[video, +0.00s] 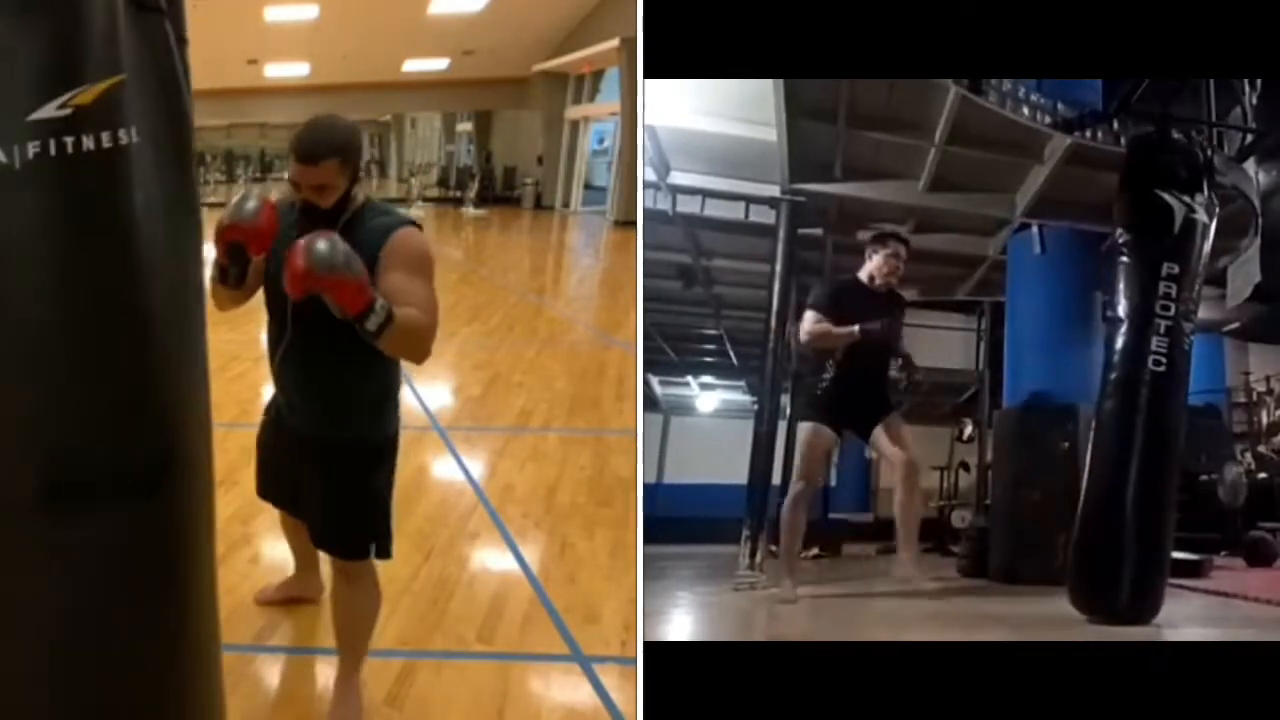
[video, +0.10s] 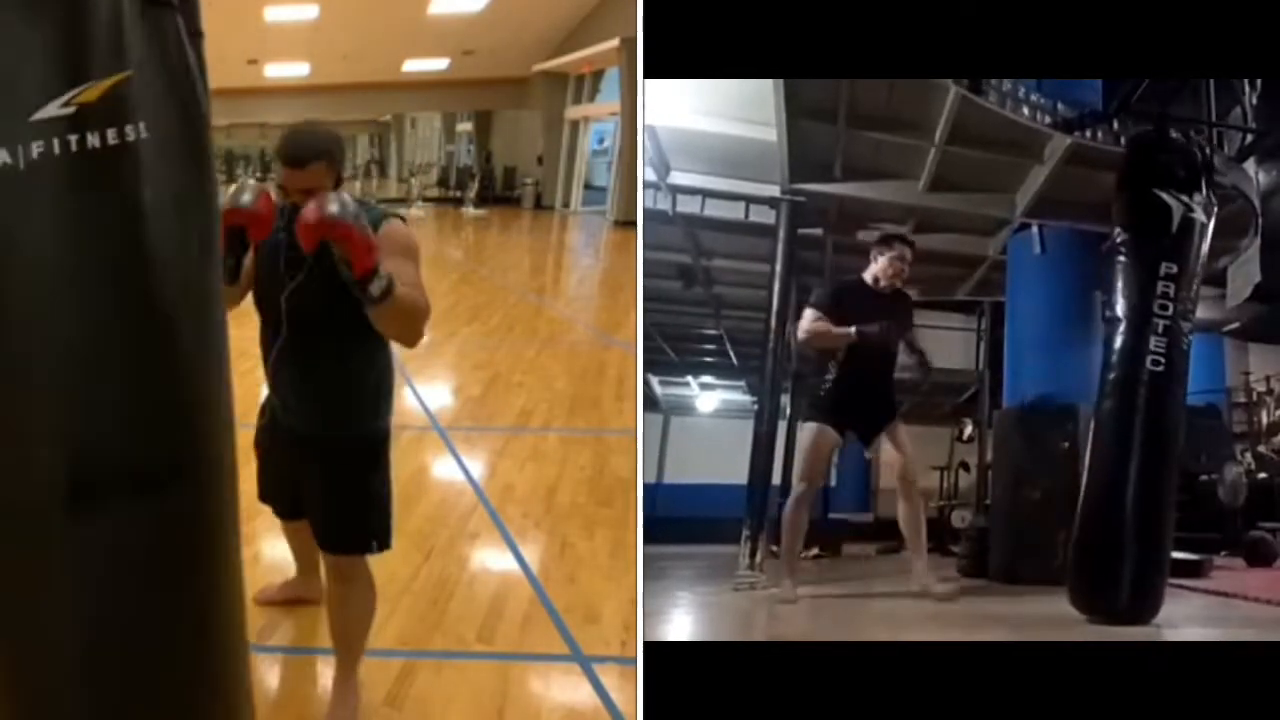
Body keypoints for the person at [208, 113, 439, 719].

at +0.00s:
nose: (311, 199)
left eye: (324, 189)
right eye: (301, 186)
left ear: (355, 175)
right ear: (291, 173)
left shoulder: (396, 240)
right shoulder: (280, 220)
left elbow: (418, 342)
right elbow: (228, 299)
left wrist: (360, 302)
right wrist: (232, 255)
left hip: (358, 425)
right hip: (292, 408)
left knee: (349, 557)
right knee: (290, 496)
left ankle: (348, 684)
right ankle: (306, 578)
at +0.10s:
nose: (299, 204)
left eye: (311, 192)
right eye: (289, 191)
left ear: (340, 181)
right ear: (277, 180)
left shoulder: (385, 234)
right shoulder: (270, 230)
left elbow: (410, 330)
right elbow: (227, 300)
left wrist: (366, 269)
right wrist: (231, 245)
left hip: (351, 423)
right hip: (285, 409)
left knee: (344, 561)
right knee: (289, 502)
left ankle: (345, 686)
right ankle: (307, 580)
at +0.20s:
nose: (288, 198)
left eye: (302, 186)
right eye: (276, 186)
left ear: (329, 178)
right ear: (264, 182)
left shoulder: (374, 226)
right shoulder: (261, 227)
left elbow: (401, 313)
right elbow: (237, 299)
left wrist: (346, 255)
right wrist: (247, 240)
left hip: (350, 409)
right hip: (283, 399)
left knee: (341, 550)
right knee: (283, 498)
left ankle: (346, 681)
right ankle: (307, 579)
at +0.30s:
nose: (281, 201)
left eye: (295, 189)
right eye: (272, 188)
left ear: (323, 181)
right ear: (258, 181)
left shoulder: (365, 228)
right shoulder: (247, 226)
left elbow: (391, 310)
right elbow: (223, 296)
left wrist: (330, 272)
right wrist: (248, 250)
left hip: (347, 401)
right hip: (277, 395)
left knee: (331, 545)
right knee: (282, 510)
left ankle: (336, 679)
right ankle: (306, 578)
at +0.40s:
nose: (278, 204)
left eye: (290, 192)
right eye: (268, 190)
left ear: (316, 183)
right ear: (254, 183)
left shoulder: (363, 230)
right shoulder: (245, 229)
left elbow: (409, 322)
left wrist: (353, 282)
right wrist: (256, 259)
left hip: (345, 406)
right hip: (272, 401)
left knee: (314, 542)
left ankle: (342, 678)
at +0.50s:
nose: (269, 202)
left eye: (280, 190)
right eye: (261, 189)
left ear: (302, 185)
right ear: (249, 185)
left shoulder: (351, 231)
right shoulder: (240, 231)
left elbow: (442, 300)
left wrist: (372, 282)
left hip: (345, 419)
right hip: (278, 415)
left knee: (313, 562)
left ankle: (368, 703)